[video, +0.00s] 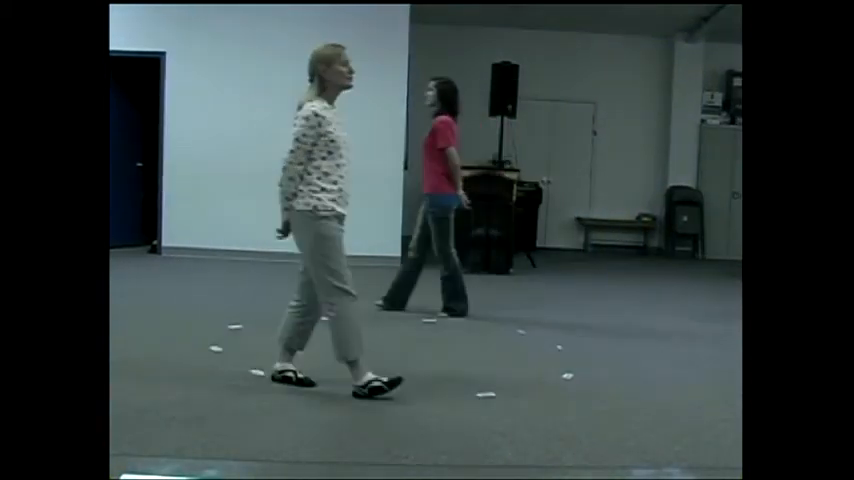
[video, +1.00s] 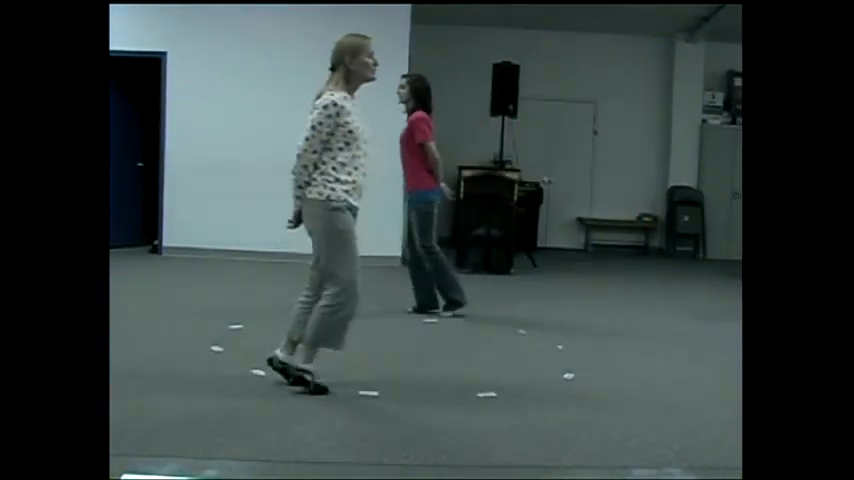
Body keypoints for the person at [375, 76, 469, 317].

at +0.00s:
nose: (426, 94)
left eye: (431, 90)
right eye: (428, 90)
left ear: (442, 96)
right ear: (443, 97)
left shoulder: (442, 123)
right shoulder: (442, 123)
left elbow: (452, 156)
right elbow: (449, 158)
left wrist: (458, 189)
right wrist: (456, 190)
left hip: (440, 194)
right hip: (434, 194)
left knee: (444, 252)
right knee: (416, 250)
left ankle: (456, 306)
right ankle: (395, 299)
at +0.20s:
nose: (412, 91)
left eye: (416, 87)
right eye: (413, 87)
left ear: (428, 92)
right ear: (428, 93)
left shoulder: (431, 121)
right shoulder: (422, 120)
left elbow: (439, 156)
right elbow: (430, 156)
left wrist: (439, 185)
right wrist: (437, 186)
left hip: (422, 191)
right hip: (411, 190)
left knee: (414, 246)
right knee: (401, 247)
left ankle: (446, 294)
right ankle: (394, 299)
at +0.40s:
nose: (403, 94)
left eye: (407, 90)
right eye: (403, 90)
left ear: (420, 95)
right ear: (410, 96)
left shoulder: (424, 124)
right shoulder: (411, 124)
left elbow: (432, 158)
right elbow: (413, 157)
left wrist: (431, 188)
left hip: (413, 191)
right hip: (402, 190)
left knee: (389, 240)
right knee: (390, 240)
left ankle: (411, 286)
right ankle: (408, 288)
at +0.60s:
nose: (401, 91)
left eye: (406, 86)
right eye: (401, 86)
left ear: (418, 92)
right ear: (409, 92)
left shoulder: (420, 119)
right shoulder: (411, 120)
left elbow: (430, 153)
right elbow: (421, 153)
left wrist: (432, 181)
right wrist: (429, 180)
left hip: (416, 189)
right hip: (404, 189)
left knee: (407, 243)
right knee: (393, 245)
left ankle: (438, 291)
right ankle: (395, 300)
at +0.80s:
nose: (400, 92)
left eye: (405, 88)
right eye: (401, 87)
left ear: (416, 93)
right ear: (414, 94)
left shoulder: (420, 122)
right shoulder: (414, 122)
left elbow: (436, 155)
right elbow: (426, 157)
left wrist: (443, 182)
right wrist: (443, 184)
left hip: (428, 194)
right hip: (416, 194)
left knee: (434, 247)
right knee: (404, 246)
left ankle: (458, 302)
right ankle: (397, 300)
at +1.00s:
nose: (399, 91)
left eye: (403, 87)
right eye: (399, 87)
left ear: (415, 92)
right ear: (413, 94)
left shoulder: (419, 119)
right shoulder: (414, 119)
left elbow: (432, 153)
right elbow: (426, 155)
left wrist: (439, 181)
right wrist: (437, 181)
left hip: (424, 192)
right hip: (415, 192)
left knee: (425, 245)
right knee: (413, 250)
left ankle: (454, 297)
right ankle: (426, 302)